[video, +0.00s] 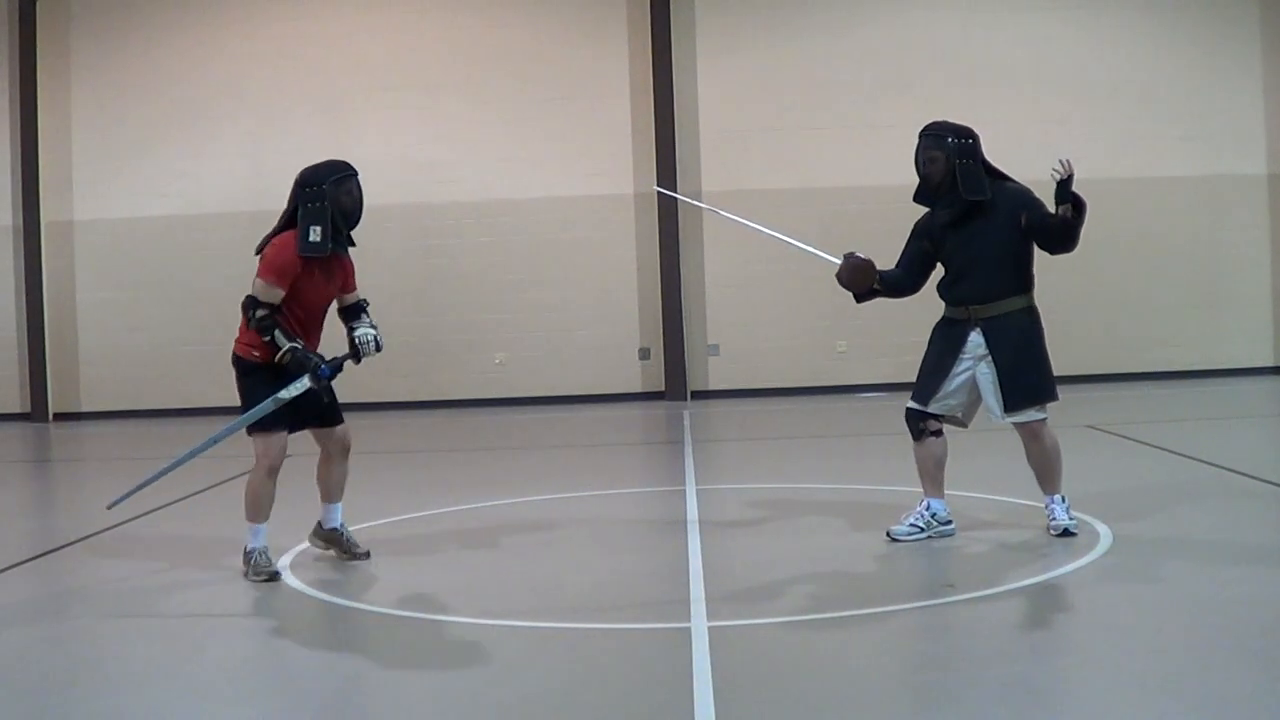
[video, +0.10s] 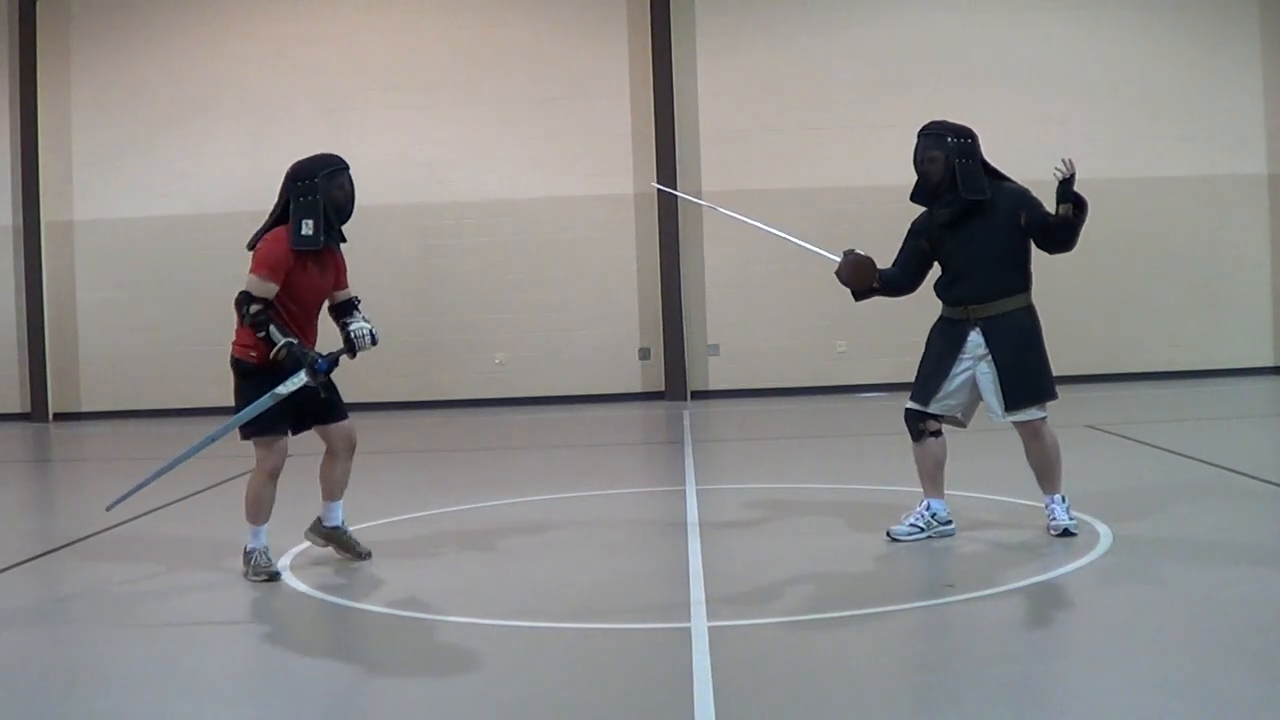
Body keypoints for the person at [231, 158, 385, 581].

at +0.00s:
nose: (354, 205)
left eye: (355, 196)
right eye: (346, 196)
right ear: (319, 201)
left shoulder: (338, 252)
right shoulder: (285, 249)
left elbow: (349, 301)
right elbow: (258, 313)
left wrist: (360, 324)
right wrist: (293, 353)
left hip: (303, 361)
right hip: (260, 362)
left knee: (337, 442)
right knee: (270, 456)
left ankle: (330, 526)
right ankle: (256, 549)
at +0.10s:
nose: (346, 199)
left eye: (348, 190)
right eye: (338, 190)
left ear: (337, 195)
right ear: (312, 193)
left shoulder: (330, 248)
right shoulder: (278, 244)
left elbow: (340, 298)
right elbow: (250, 306)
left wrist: (353, 320)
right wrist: (287, 347)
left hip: (302, 361)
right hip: (258, 364)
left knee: (343, 439)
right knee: (271, 459)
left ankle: (330, 523)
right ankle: (255, 549)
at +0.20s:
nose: (343, 193)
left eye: (344, 183)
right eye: (335, 184)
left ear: (334, 188)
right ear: (309, 188)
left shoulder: (328, 243)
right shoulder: (276, 240)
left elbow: (335, 298)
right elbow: (250, 303)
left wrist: (350, 319)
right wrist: (288, 344)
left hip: (304, 359)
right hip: (259, 363)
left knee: (341, 442)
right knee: (269, 460)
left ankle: (338, 532)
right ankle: (255, 550)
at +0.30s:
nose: (349, 189)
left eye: (349, 179)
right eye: (340, 181)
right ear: (313, 187)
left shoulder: (331, 241)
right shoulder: (282, 238)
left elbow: (337, 298)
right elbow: (257, 301)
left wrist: (353, 322)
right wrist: (293, 343)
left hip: (306, 359)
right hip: (262, 363)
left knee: (337, 447)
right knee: (269, 463)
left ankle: (359, 540)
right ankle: (256, 549)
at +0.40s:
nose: (359, 192)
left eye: (359, 183)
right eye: (350, 184)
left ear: (346, 189)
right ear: (323, 189)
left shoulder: (338, 248)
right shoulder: (292, 241)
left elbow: (343, 308)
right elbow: (269, 307)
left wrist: (363, 330)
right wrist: (310, 351)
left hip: (310, 363)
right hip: (266, 366)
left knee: (340, 450)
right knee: (270, 465)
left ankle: (372, 543)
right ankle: (257, 551)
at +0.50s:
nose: (373, 197)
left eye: (373, 188)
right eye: (364, 188)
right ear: (338, 194)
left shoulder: (351, 254)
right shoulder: (306, 244)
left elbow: (354, 314)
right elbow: (285, 313)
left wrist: (376, 340)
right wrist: (324, 358)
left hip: (320, 369)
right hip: (275, 370)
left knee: (349, 456)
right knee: (273, 469)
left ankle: (378, 552)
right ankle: (258, 549)